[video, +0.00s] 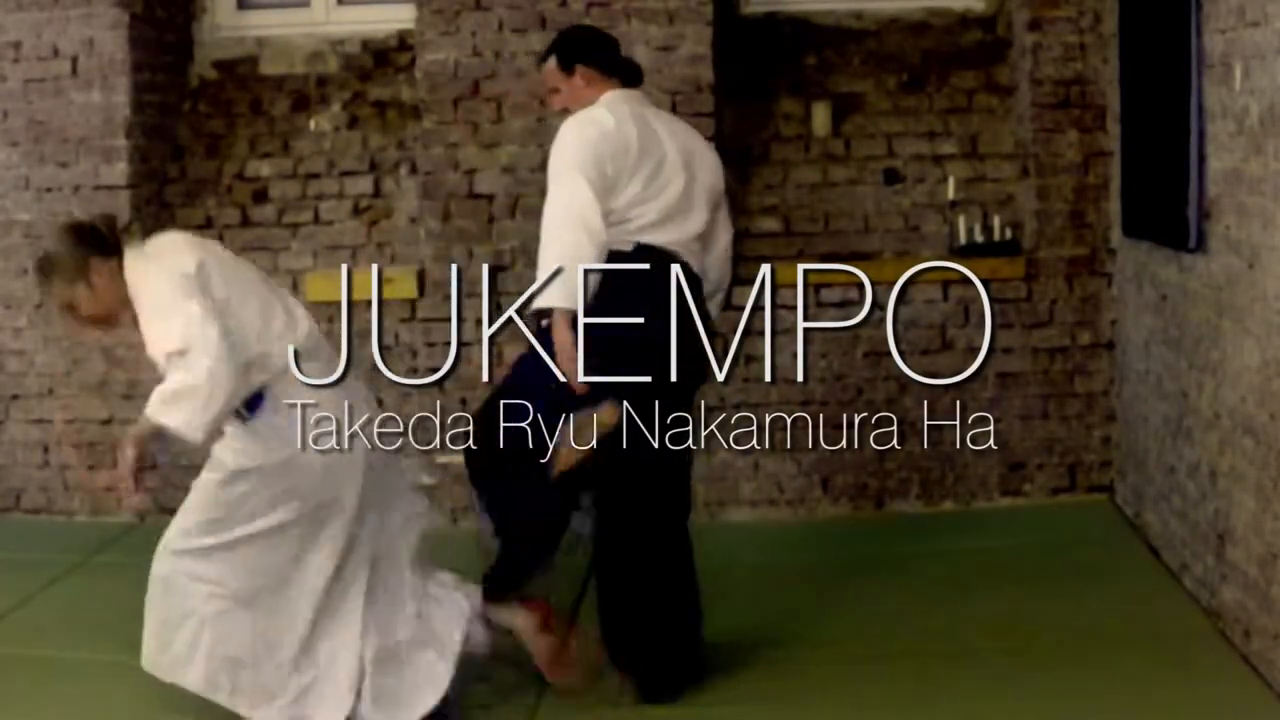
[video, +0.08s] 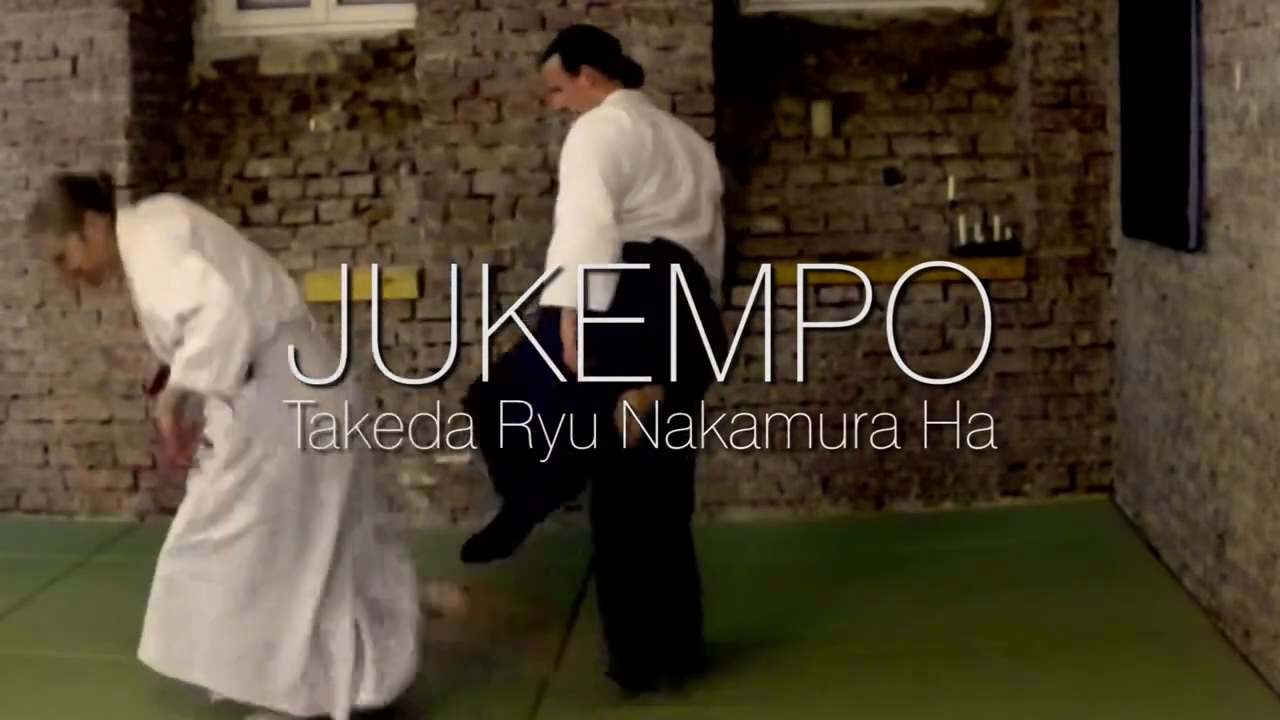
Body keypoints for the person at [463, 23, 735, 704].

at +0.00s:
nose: (553, 107)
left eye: (553, 92)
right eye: (548, 95)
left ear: (583, 75)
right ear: (618, 74)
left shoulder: (584, 132)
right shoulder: (695, 143)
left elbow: (572, 232)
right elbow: (717, 264)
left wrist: (563, 323)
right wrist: (691, 317)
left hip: (604, 315)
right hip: (678, 322)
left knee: (501, 435)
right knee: (652, 490)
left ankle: (523, 586)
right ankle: (664, 662)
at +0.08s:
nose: (556, 106)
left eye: (557, 89)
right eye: (551, 93)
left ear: (590, 73)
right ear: (614, 74)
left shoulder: (593, 136)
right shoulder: (690, 139)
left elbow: (587, 240)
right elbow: (709, 246)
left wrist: (572, 329)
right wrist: (706, 316)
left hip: (622, 308)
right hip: (687, 314)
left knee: (624, 488)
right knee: (667, 481)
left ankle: (638, 653)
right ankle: (678, 642)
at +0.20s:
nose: (556, 102)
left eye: (559, 86)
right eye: (551, 90)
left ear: (594, 73)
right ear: (605, 76)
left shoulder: (611, 139)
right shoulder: (655, 127)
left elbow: (615, 236)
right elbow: (698, 217)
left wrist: (601, 320)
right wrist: (700, 287)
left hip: (637, 315)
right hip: (679, 310)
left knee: (626, 474)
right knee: (662, 473)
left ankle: (636, 640)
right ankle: (673, 633)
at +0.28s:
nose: (555, 92)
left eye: (561, 75)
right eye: (550, 79)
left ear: (598, 65)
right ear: (595, 71)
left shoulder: (640, 121)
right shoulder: (630, 123)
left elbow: (658, 214)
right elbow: (642, 220)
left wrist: (628, 308)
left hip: (654, 313)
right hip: (648, 312)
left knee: (639, 478)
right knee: (643, 477)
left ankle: (651, 639)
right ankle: (656, 634)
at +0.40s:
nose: (562, 72)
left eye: (570, 56)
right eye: (557, 60)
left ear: (609, 50)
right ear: (592, 55)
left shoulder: (664, 114)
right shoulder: (597, 129)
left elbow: (709, 206)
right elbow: (598, 226)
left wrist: (673, 295)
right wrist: (577, 308)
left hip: (665, 311)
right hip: (610, 316)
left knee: (659, 471)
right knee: (612, 469)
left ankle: (676, 632)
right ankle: (630, 627)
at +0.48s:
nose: (571, 61)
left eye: (581, 47)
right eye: (566, 49)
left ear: (621, 43)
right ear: (572, 51)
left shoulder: (677, 111)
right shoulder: (581, 133)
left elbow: (723, 207)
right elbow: (575, 227)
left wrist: (705, 301)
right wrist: (573, 298)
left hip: (669, 293)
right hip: (601, 301)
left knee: (672, 463)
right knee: (612, 462)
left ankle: (686, 618)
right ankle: (633, 616)